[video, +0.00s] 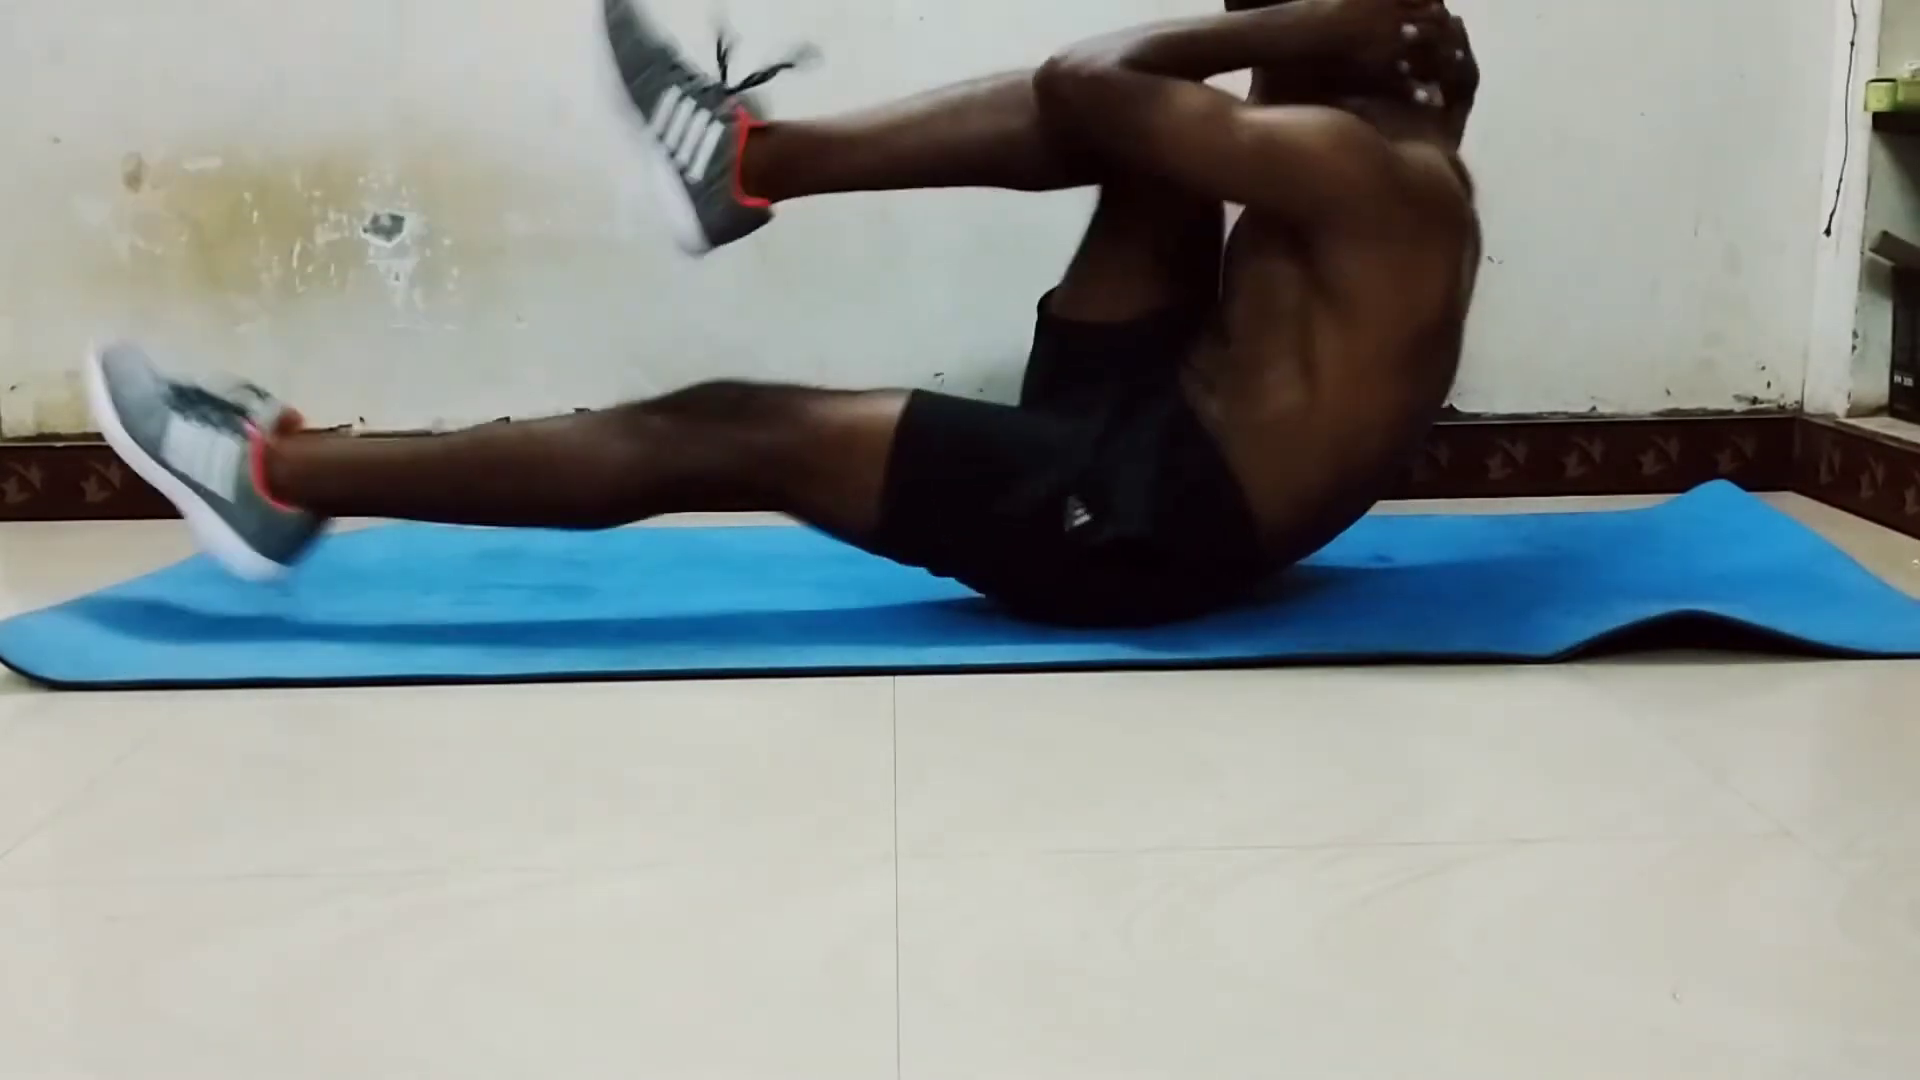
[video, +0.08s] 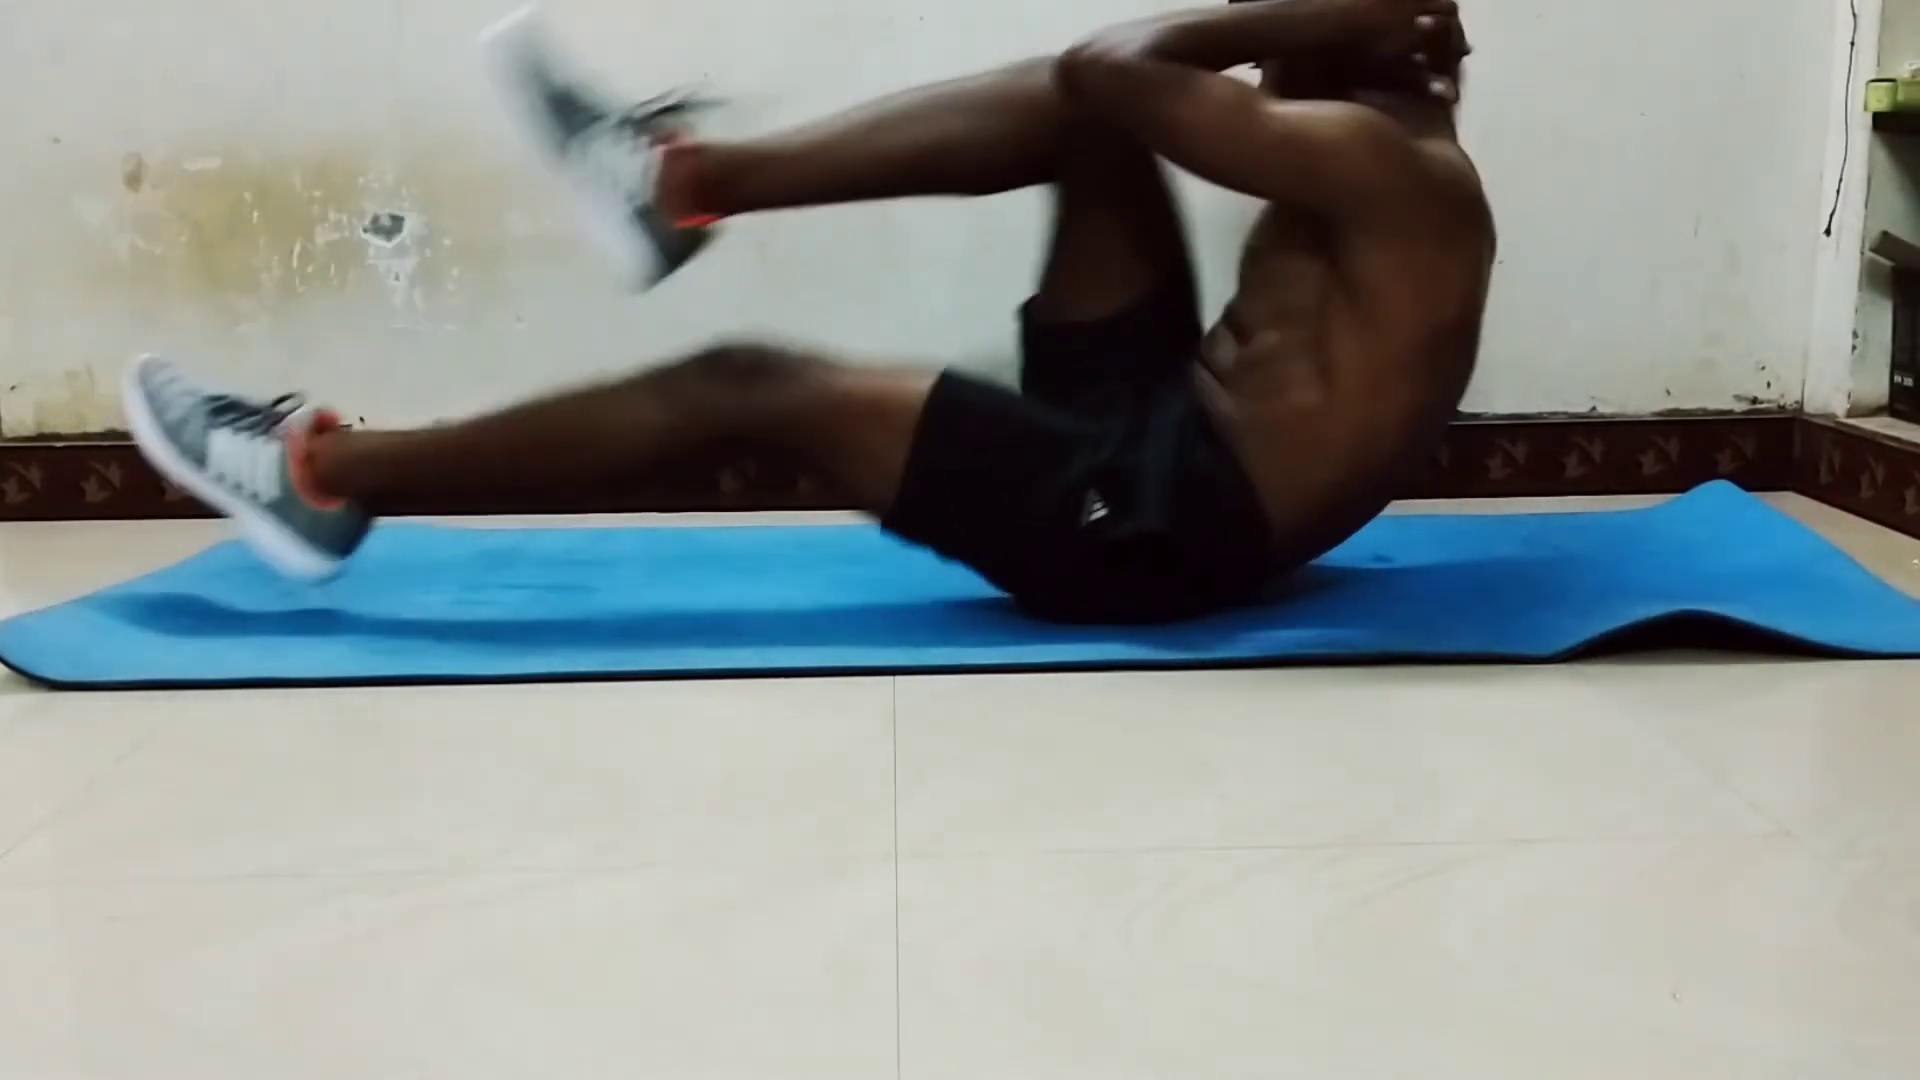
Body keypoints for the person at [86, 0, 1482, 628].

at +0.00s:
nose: (1254, 75)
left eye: (1296, 52)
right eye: (1280, 47)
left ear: (1392, 66)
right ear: (1409, 74)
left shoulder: (1367, 170)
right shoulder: (1388, 166)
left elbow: (1072, 106)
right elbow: (1109, 88)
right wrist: (1343, 39)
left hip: (1132, 517)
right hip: (1143, 440)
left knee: (731, 430)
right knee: (1150, 123)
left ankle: (285, 472)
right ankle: (757, 161)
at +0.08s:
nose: (1257, 63)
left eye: (1276, 40)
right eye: (1268, 40)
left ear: (1385, 45)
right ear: (1406, 52)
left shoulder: (1388, 162)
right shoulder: (1385, 158)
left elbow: (1094, 91)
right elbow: (1113, 82)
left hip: (1146, 520)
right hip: (1151, 429)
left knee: (752, 388)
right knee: (1092, 116)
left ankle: (328, 472)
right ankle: (697, 184)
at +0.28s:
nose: (1310, 72)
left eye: (1347, 46)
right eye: (1339, 40)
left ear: (1396, 61)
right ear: (1404, 62)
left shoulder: (1417, 183)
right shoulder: (1398, 193)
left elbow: (1163, 45)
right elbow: (1188, 50)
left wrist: (1354, 39)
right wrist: (1352, 50)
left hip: (1149, 507)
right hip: (1140, 428)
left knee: (791, 295)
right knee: (984, 133)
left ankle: (388, 429)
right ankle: (594, 221)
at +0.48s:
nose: (1283, 101)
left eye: (1300, 61)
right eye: (1278, 65)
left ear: (1392, 66)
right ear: (1400, 77)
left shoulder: (1441, 212)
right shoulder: (1363, 201)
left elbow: (1262, 43)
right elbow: (1203, 90)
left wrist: (1416, 41)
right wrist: (1378, 55)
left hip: (1153, 516)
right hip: (1118, 486)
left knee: (898, 163)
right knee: (839, 218)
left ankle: (500, 300)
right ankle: (474, 296)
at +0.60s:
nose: (1295, 92)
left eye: (1322, 60)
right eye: (1289, 61)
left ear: (1435, 59)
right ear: (1348, 71)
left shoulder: (1449, 192)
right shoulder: (1329, 177)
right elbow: (1128, 99)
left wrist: (1421, 58)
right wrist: (1281, 55)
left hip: (1157, 508)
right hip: (1104, 475)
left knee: (1023, 102)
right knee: (757, 332)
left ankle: (632, 183)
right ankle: (370, 337)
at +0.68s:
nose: (1299, 93)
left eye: (1329, 64)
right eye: (1294, 68)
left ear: (1418, 72)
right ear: (1301, 84)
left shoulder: (1456, 202)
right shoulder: (1293, 175)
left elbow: (1510, 33)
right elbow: (1115, 93)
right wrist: (1255, 58)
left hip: (1155, 513)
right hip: (1085, 456)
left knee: (1091, 100)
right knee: (744, 373)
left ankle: (678, 144)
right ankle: (364, 359)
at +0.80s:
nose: (1297, 83)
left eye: (1334, 58)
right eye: (1289, 56)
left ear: (1413, 63)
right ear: (1282, 50)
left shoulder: (1462, 205)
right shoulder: (1242, 150)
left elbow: (1614, 40)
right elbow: (1051, 54)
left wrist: (1478, 25)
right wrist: (1229, 24)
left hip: (1172, 516)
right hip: (1065, 450)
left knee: (1148, 107)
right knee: (744, 394)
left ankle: (752, 91)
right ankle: (373, 420)